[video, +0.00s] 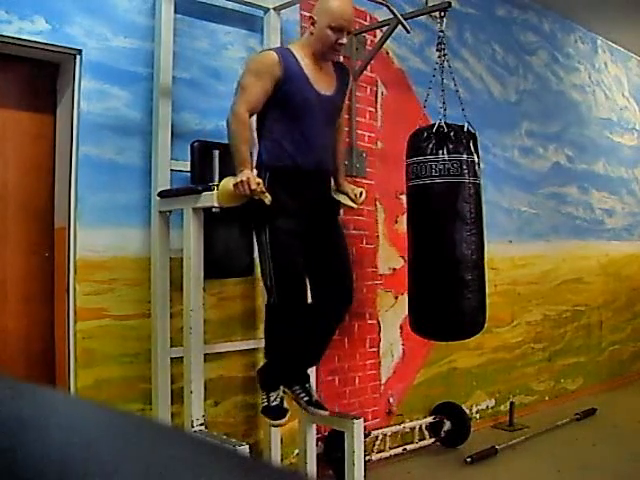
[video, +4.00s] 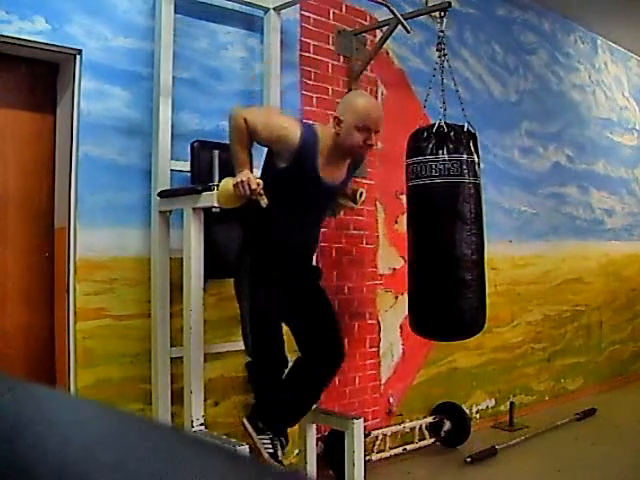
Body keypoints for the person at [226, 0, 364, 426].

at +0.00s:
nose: (341, 40)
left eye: (347, 33)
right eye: (335, 30)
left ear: (351, 33)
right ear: (310, 21)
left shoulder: (340, 75)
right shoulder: (273, 63)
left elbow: (335, 127)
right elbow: (240, 114)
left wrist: (338, 177)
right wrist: (245, 169)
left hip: (318, 194)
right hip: (278, 194)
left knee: (337, 294)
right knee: (286, 296)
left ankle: (295, 371)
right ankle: (272, 380)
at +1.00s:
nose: (372, 98)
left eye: (376, 89)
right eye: (365, 88)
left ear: (377, 90)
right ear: (339, 83)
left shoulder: (358, 124)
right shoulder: (298, 110)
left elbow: (320, 162)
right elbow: (237, 117)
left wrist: (341, 183)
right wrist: (243, 170)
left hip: (305, 240)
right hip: (267, 234)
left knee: (318, 334)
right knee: (258, 334)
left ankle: (241, 373)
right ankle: (241, 379)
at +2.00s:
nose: (373, 142)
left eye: (377, 133)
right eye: (366, 131)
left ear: (380, 131)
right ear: (340, 122)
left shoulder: (353, 158)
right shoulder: (298, 137)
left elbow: (317, 182)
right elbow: (242, 117)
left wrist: (340, 194)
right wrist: (243, 170)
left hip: (298, 263)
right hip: (260, 261)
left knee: (325, 349)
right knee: (269, 356)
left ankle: (259, 412)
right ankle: (264, 427)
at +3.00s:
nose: (375, 144)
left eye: (380, 135)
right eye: (368, 134)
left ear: (382, 134)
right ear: (342, 125)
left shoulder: (354, 160)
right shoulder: (300, 140)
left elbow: (312, 187)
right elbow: (244, 118)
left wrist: (340, 195)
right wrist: (243, 170)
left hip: (297, 266)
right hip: (258, 263)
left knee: (322, 350)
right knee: (264, 359)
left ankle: (254, 411)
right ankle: (261, 426)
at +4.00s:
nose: (372, 142)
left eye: (376, 133)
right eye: (364, 132)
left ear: (377, 132)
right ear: (338, 123)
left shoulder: (352, 161)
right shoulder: (296, 139)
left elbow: (313, 191)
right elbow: (241, 118)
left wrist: (339, 197)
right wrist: (243, 171)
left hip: (299, 268)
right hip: (259, 265)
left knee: (327, 353)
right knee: (267, 359)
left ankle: (265, 423)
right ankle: (273, 434)